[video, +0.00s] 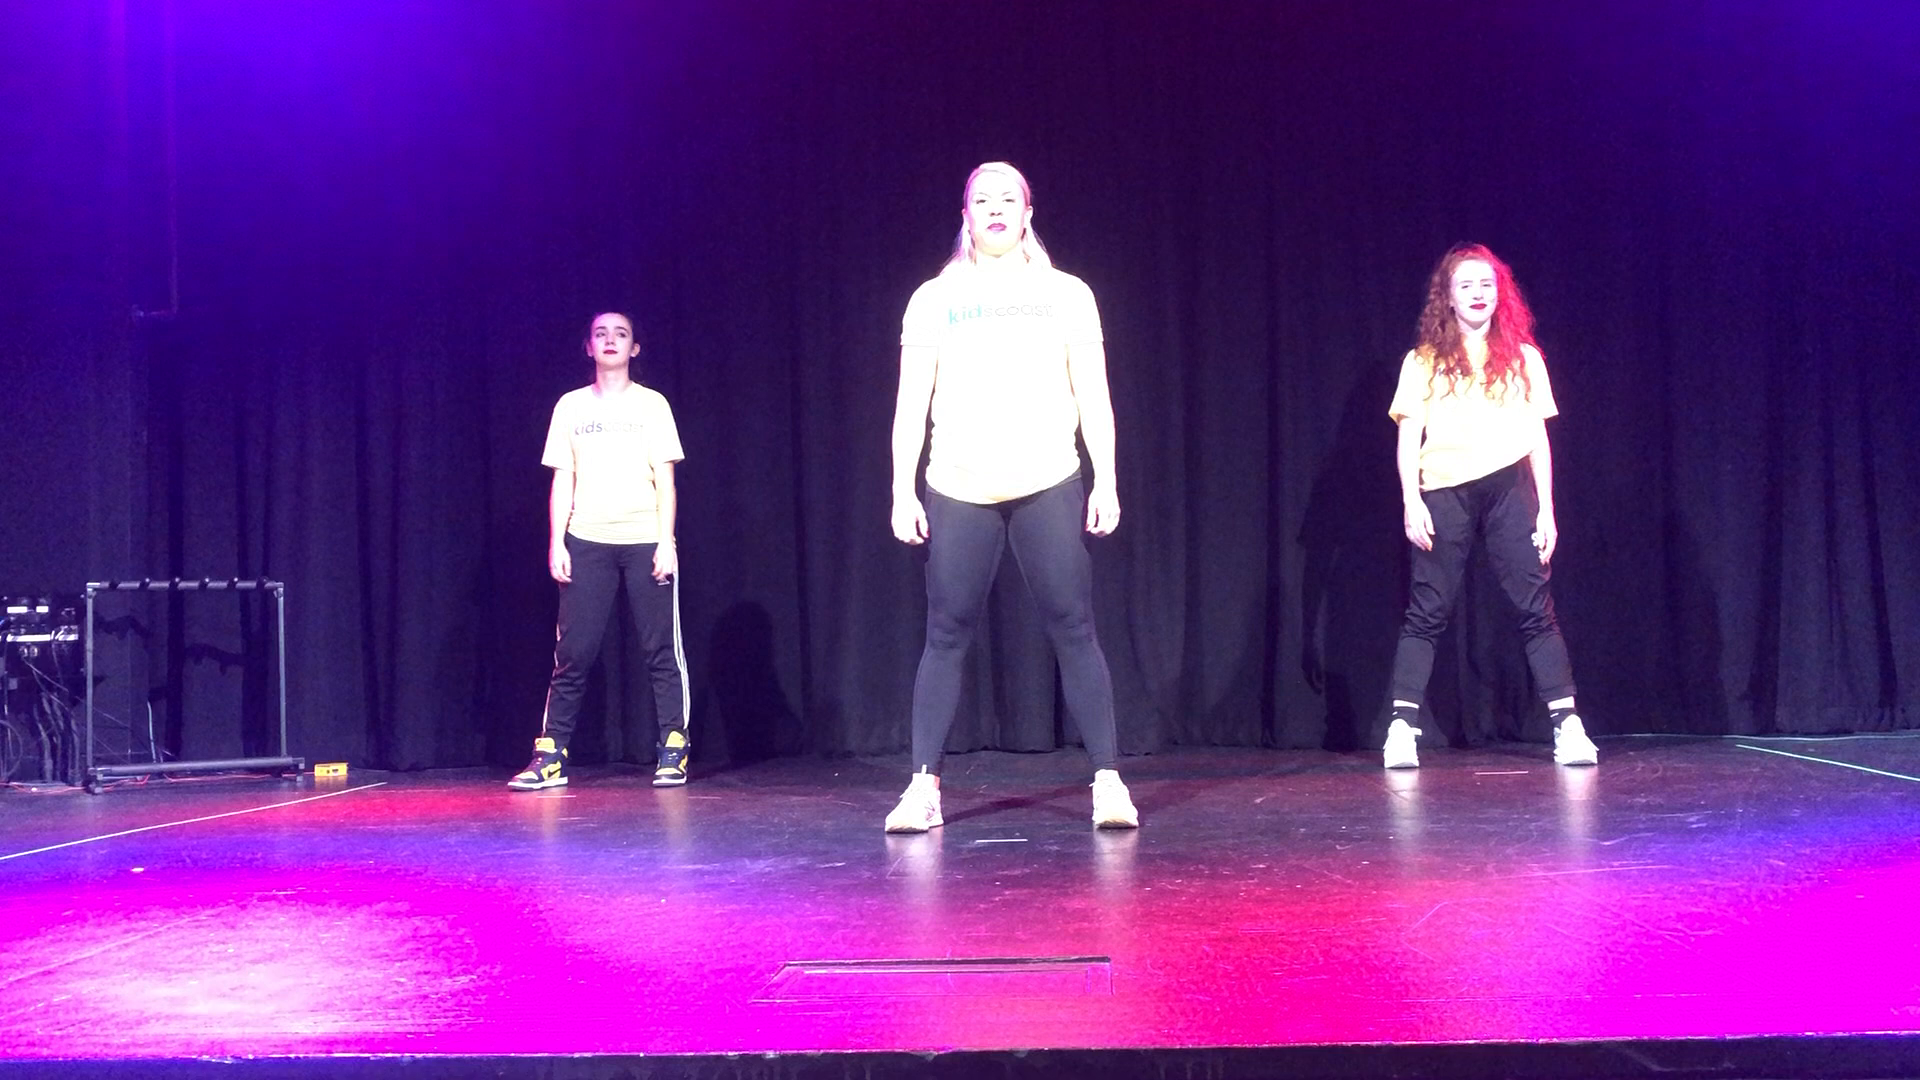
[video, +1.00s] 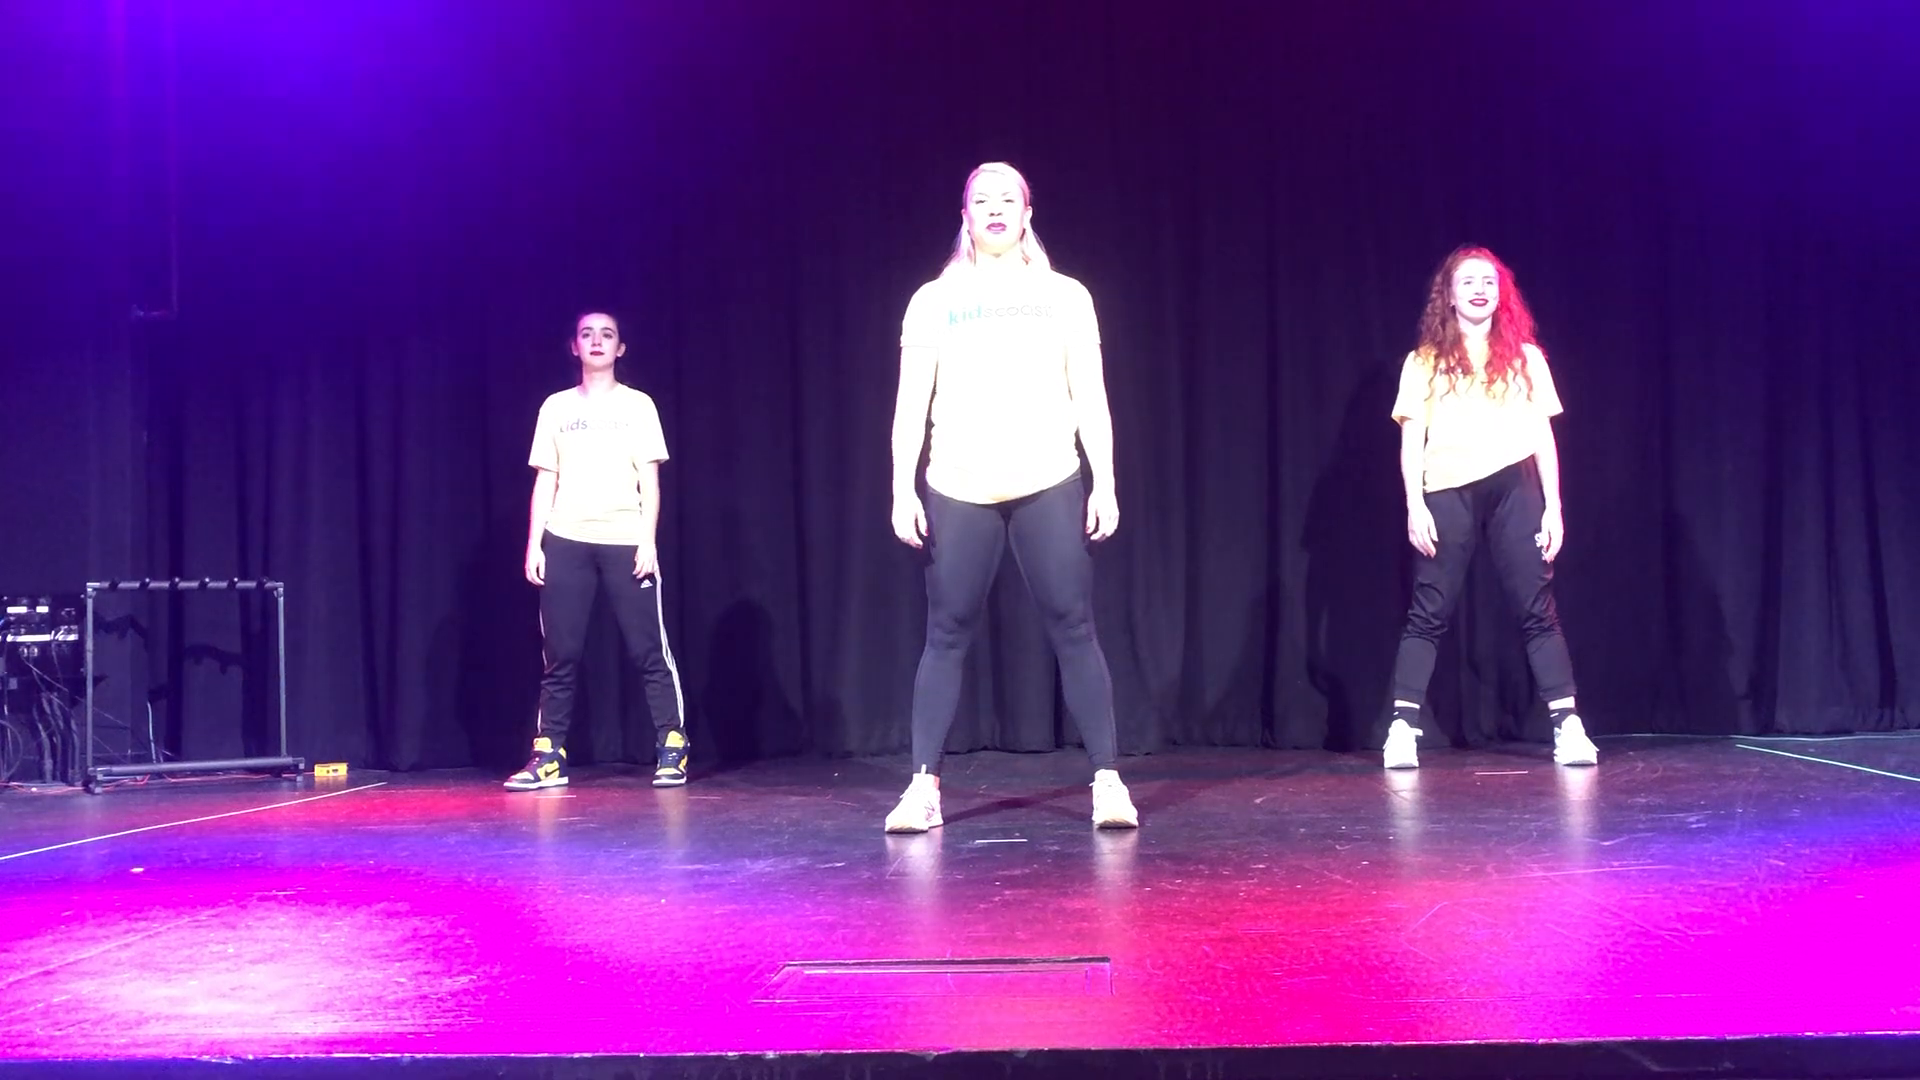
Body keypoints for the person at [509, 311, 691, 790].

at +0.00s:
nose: (609, 340)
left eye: (619, 334)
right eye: (601, 334)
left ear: (635, 348)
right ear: (588, 348)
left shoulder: (653, 404)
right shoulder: (569, 406)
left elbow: (665, 479)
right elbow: (563, 480)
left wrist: (666, 541)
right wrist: (557, 542)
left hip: (646, 541)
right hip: (587, 542)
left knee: (659, 649)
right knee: (572, 652)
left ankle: (674, 749)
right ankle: (551, 756)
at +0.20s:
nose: (621, 342)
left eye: (630, 335)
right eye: (612, 335)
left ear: (643, 349)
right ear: (597, 347)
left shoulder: (661, 405)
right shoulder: (577, 405)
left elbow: (675, 479)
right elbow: (572, 481)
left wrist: (682, 542)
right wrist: (577, 542)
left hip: (655, 542)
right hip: (596, 543)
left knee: (665, 650)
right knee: (575, 653)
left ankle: (674, 749)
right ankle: (552, 756)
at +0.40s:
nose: (619, 343)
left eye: (628, 336)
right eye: (610, 335)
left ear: (640, 349)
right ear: (595, 346)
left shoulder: (658, 406)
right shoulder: (573, 405)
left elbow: (671, 479)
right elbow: (565, 479)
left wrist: (680, 543)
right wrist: (567, 541)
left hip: (650, 542)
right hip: (590, 542)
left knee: (661, 650)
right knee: (571, 653)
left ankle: (673, 749)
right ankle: (551, 756)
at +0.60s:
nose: (611, 341)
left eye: (620, 335)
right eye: (602, 334)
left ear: (633, 348)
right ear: (587, 346)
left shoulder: (649, 405)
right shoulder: (564, 405)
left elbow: (661, 480)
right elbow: (555, 478)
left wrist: (668, 542)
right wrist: (546, 540)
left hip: (639, 541)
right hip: (578, 542)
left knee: (655, 650)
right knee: (565, 653)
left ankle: (672, 749)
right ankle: (550, 756)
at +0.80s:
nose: (602, 341)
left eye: (611, 334)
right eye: (593, 334)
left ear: (624, 348)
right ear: (579, 346)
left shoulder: (642, 404)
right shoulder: (558, 406)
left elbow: (653, 479)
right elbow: (548, 479)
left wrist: (655, 542)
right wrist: (536, 543)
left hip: (631, 542)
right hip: (570, 542)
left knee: (650, 651)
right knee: (562, 655)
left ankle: (672, 749)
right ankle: (549, 756)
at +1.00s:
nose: (596, 342)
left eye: (605, 335)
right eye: (588, 334)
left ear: (619, 348)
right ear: (575, 347)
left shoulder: (638, 405)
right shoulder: (555, 406)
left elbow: (649, 480)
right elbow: (545, 479)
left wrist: (647, 542)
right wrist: (534, 543)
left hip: (626, 543)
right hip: (566, 542)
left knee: (648, 652)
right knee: (559, 655)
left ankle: (672, 747)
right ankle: (549, 756)